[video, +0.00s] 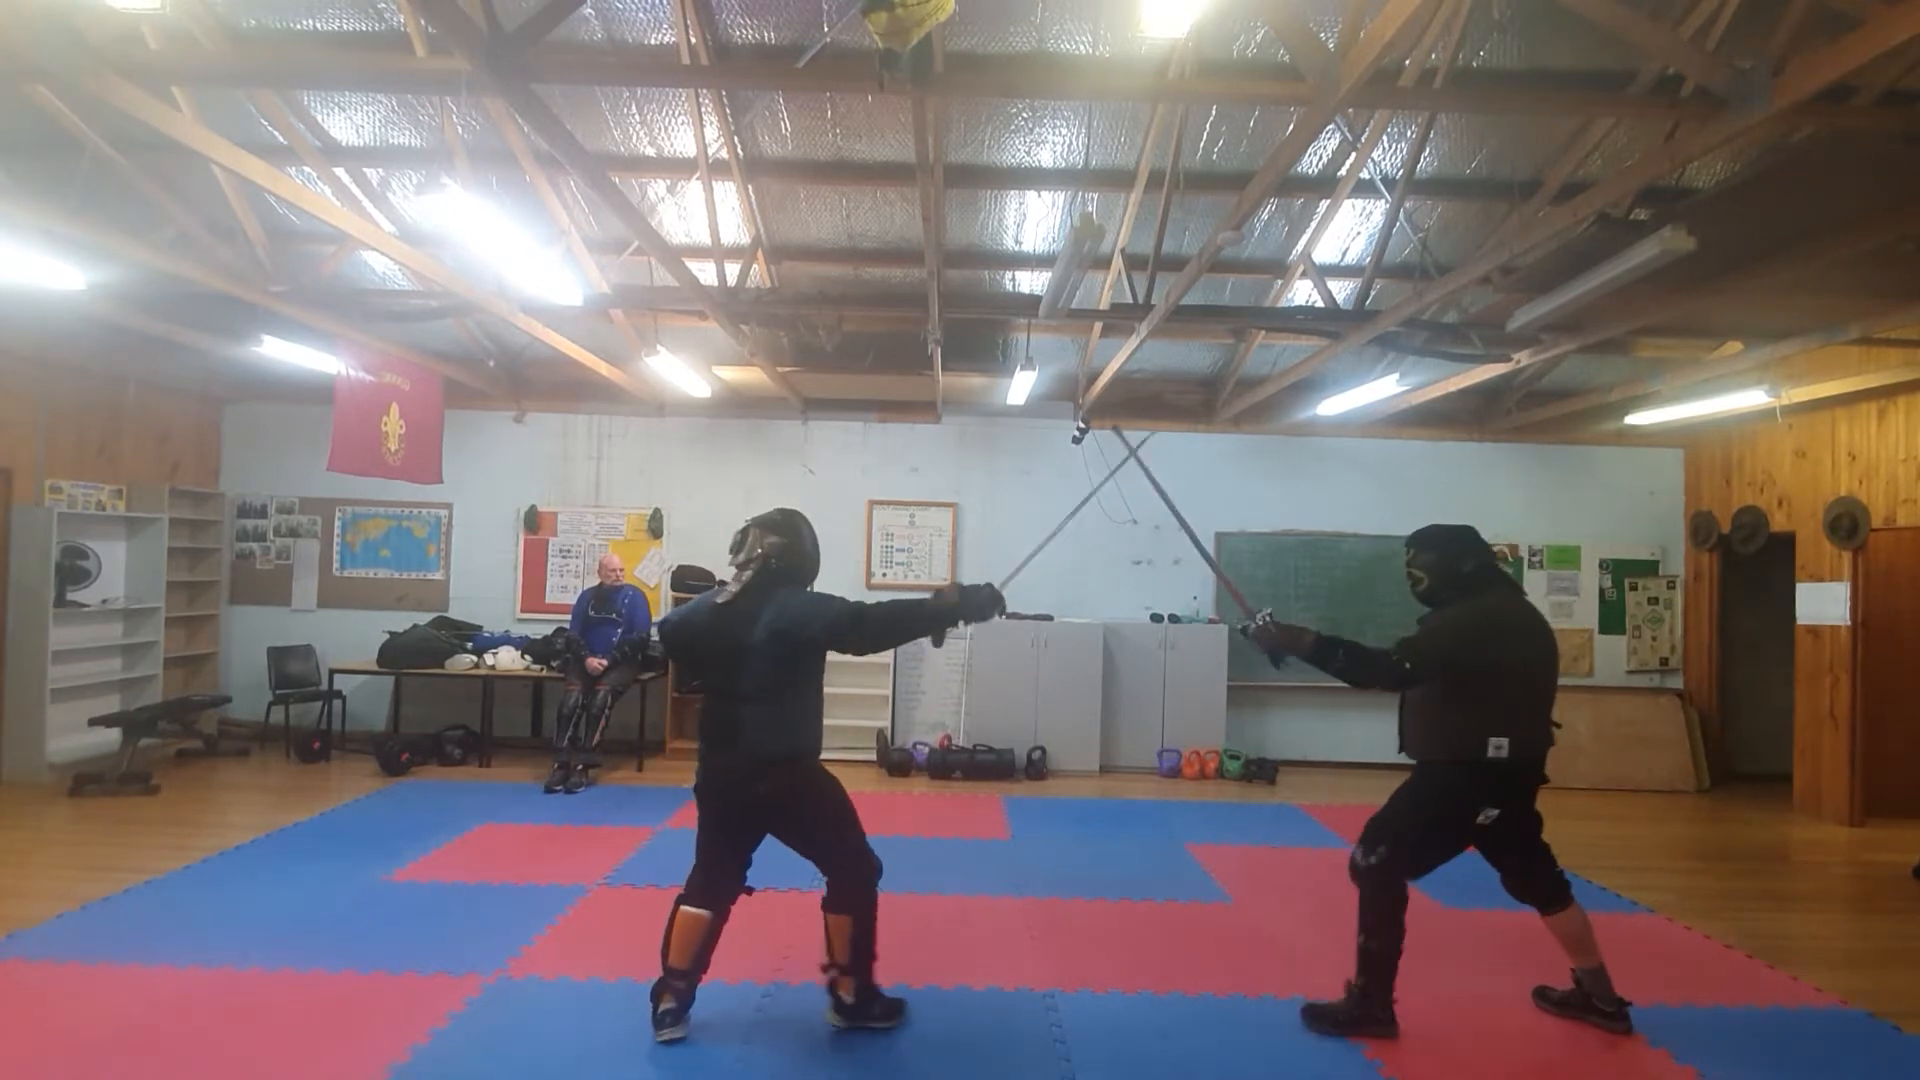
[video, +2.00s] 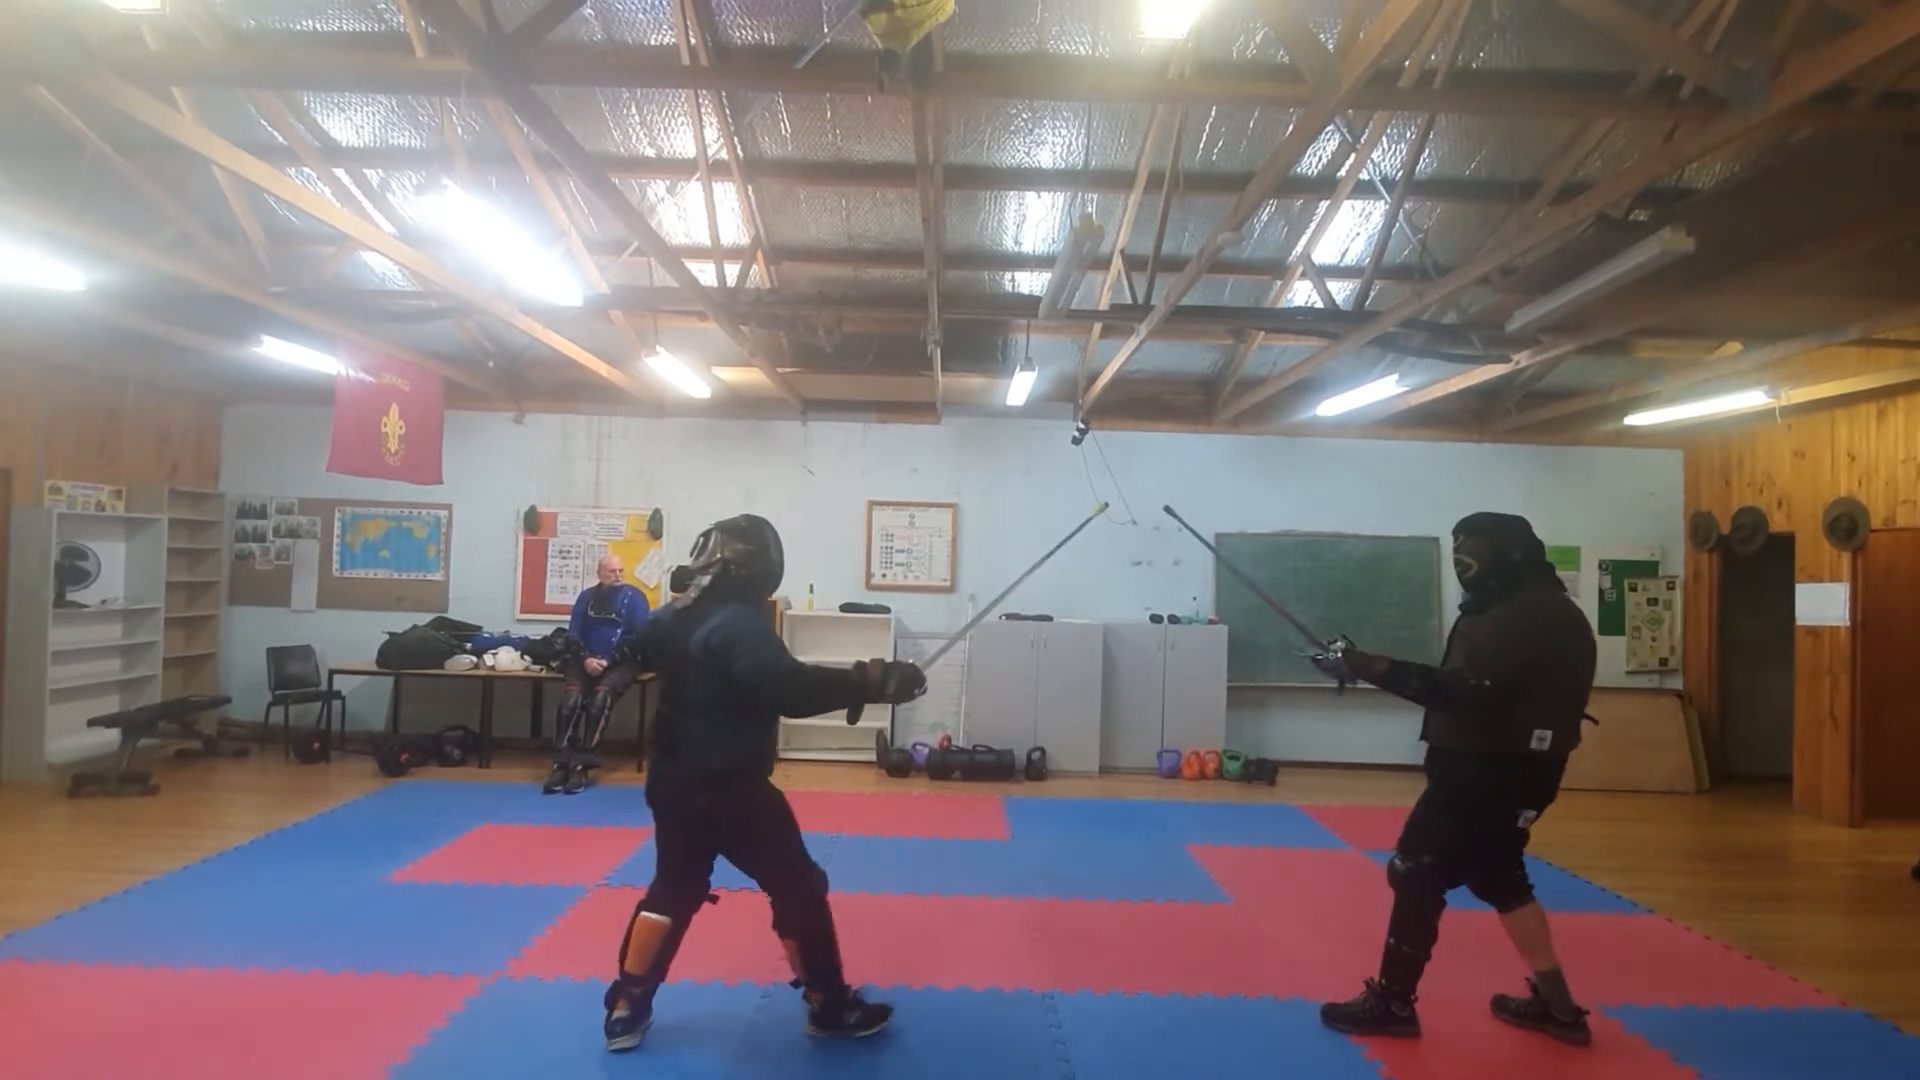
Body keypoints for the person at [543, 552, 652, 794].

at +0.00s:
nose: (619, 575)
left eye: (621, 571)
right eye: (613, 571)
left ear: (624, 571)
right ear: (599, 572)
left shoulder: (635, 597)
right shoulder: (586, 596)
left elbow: (639, 637)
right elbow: (573, 635)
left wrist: (609, 660)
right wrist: (586, 658)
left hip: (619, 662)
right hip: (585, 659)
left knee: (601, 696)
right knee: (572, 696)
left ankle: (581, 767)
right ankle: (561, 765)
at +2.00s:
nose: (617, 576)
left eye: (621, 571)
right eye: (612, 572)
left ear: (624, 572)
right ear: (599, 573)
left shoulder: (634, 597)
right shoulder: (586, 597)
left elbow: (638, 636)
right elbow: (573, 634)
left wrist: (608, 660)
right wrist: (585, 658)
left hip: (619, 661)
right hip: (585, 659)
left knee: (601, 695)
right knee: (572, 695)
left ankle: (581, 767)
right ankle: (560, 765)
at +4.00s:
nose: (619, 576)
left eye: (621, 572)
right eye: (613, 572)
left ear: (624, 572)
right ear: (600, 573)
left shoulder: (635, 597)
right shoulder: (587, 597)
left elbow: (640, 636)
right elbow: (575, 635)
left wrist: (610, 661)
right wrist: (586, 658)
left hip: (620, 662)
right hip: (586, 660)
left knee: (601, 698)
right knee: (572, 698)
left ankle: (582, 768)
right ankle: (561, 765)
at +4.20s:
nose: (618, 576)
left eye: (621, 571)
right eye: (613, 571)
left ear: (624, 572)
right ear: (600, 573)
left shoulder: (634, 597)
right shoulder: (587, 597)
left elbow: (640, 636)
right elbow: (574, 635)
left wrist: (610, 660)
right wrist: (586, 658)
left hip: (620, 663)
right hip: (586, 660)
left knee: (601, 697)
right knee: (572, 697)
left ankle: (582, 768)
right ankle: (561, 765)